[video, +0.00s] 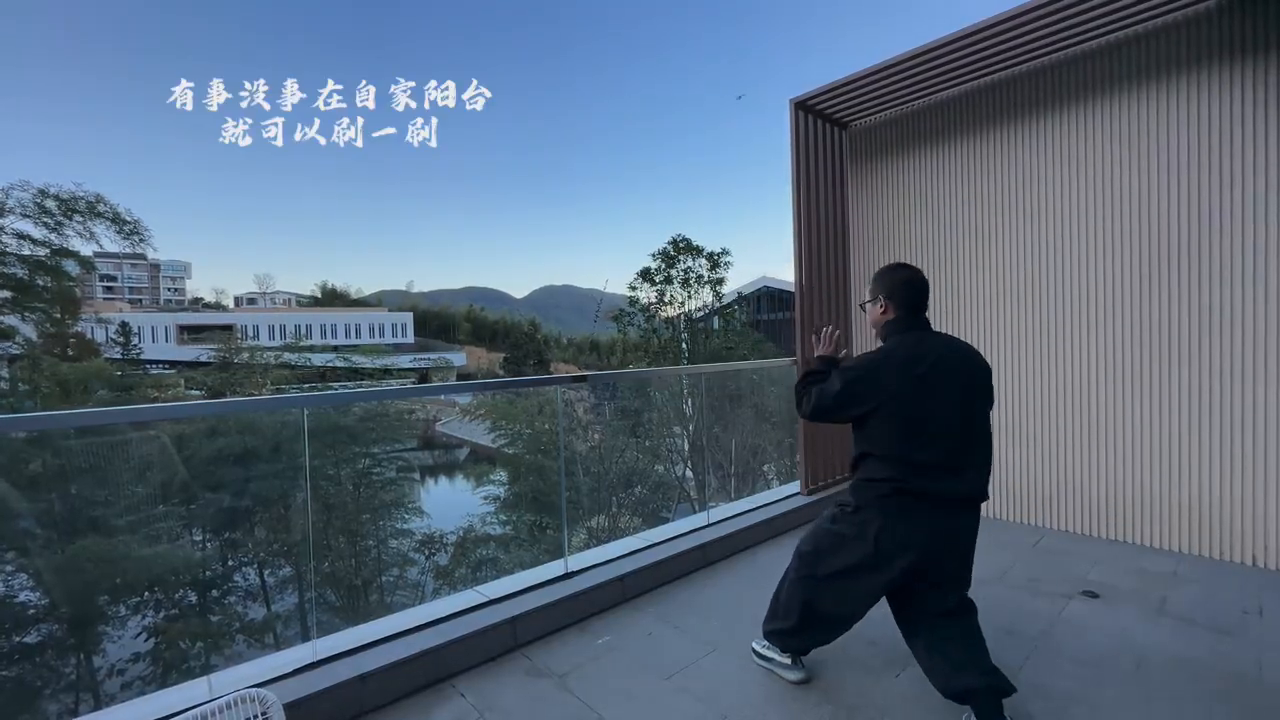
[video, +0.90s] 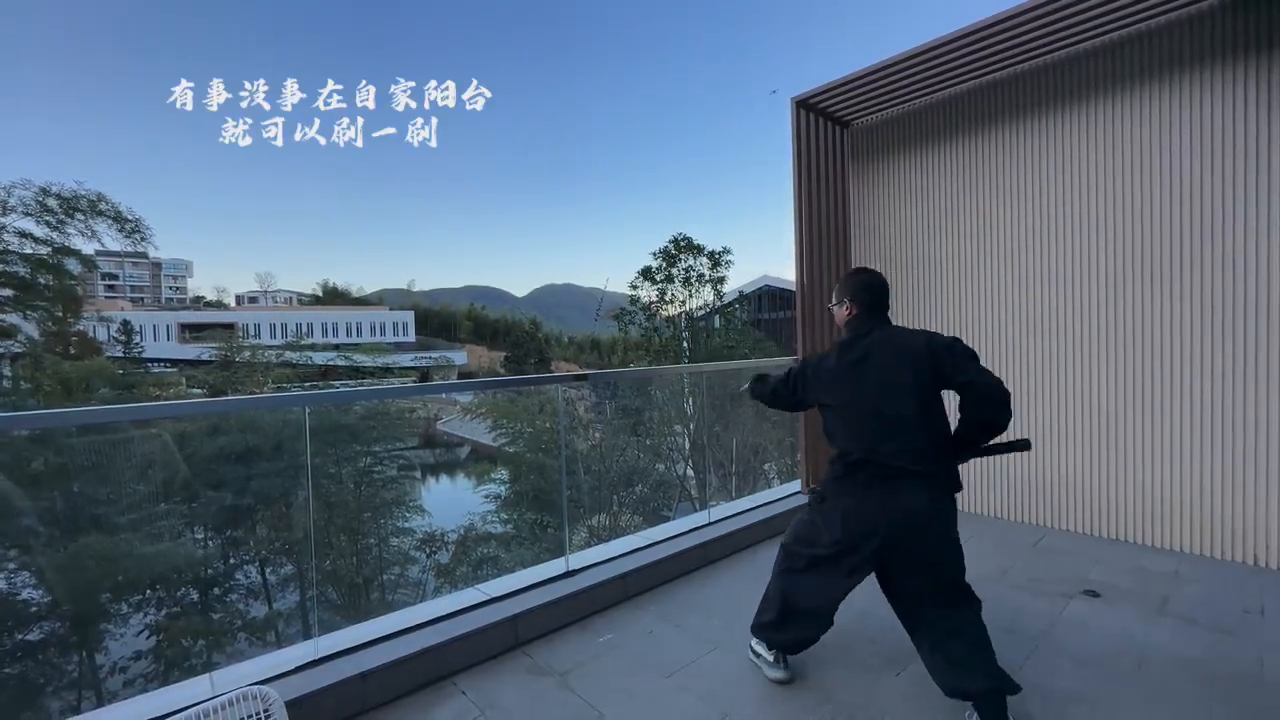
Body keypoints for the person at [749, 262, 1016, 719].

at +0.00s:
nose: (867, 312)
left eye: (870, 303)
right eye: (869, 303)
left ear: (887, 308)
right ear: (921, 307)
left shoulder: (878, 366)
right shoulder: (971, 360)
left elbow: (812, 401)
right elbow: (983, 406)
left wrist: (820, 362)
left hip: (887, 509)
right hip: (955, 514)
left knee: (818, 555)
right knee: (945, 607)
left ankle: (784, 646)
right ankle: (988, 705)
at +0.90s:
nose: (832, 312)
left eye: (836, 305)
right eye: (834, 304)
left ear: (851, 309)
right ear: (882, 308)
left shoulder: (831, 364)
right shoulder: (931, 347)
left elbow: (783, 391)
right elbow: (992, 399)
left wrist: (761, 385)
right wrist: (959, 445)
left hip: (855, 502)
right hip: (927, 503)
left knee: (804, 559)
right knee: (945, 599)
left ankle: (771, 644)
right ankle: (991, 704)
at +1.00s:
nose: (791, 316)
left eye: (794, 309)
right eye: (793, 308)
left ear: (808, 314)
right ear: (843, 313)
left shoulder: (791, 367)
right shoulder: (890, 347)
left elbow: (735, 399)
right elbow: (947, 393)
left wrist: (749, 420)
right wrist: (915, 432)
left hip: (834, 501)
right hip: (904, 496)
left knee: (792, 560)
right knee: (935, 591)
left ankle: (770, 644)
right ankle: (988, 700)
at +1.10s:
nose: (759, 322)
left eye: (761, 314)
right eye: (760, 314)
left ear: (773, 317)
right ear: (809, 314)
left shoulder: (769, 365)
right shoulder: (857, 353)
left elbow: (730, 432)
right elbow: (886, 405)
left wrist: (762, 453)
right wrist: (858, 440)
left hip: (821, 492)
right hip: (891, 486)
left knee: (786, 562)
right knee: (928, 584)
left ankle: (769, 645)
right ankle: (993, 694)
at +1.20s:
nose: (753, 322)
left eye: (754, 314)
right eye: (754, 314)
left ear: (765, 317)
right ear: (797, 313)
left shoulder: (771, 365)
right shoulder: (829, 348)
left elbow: (750, 437)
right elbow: (830, 407)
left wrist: (782, 409)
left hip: (827, 491)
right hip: (891, 482)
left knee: (784, 558)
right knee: (933, 585)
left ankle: (769, 644)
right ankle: (1006, 691)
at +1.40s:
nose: (801, 319)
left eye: (801, 312)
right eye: (801, 312)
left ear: (813, 314)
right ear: (849, 308)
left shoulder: (816, 362)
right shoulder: (884, 338)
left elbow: (783, 416)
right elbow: (849, 367)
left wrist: (798, 377)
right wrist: (801, 358)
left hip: (853, 504)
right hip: (923, 497)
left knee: (800, 559)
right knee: (962, 600)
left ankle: (769, 642)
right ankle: (1022, 701)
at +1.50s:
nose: (838, 316)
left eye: (839, 308)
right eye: (838, 308)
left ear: (851, 310)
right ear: (889, 305)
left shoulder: (843, 366)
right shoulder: (939, 343)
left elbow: (816, 425)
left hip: (873, 508)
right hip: (946, 504)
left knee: (811, 559)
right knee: (974, 605)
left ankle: (771, 643)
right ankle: (1024, 704)